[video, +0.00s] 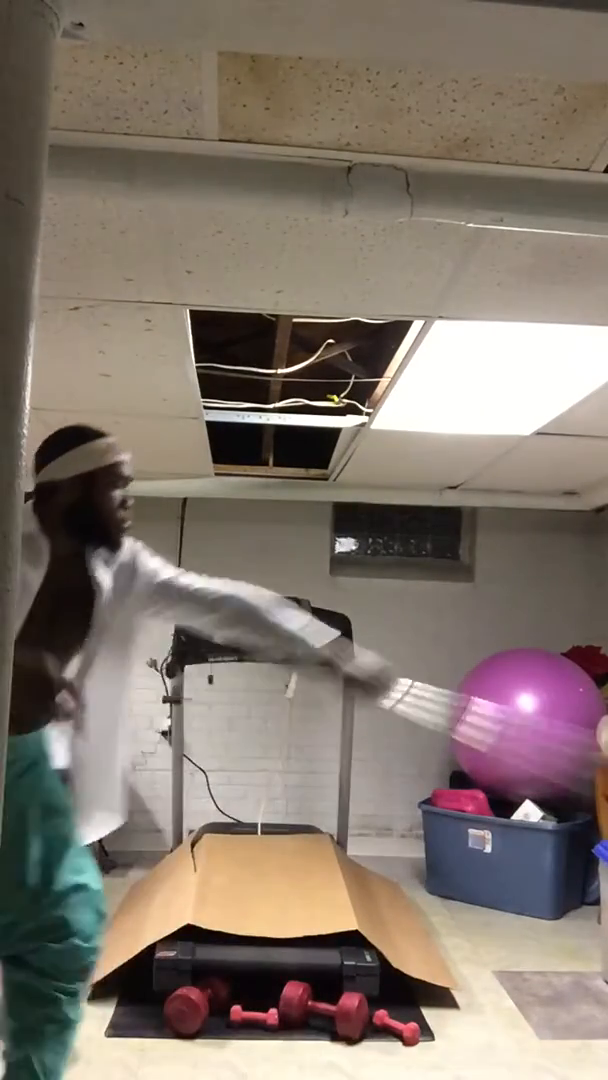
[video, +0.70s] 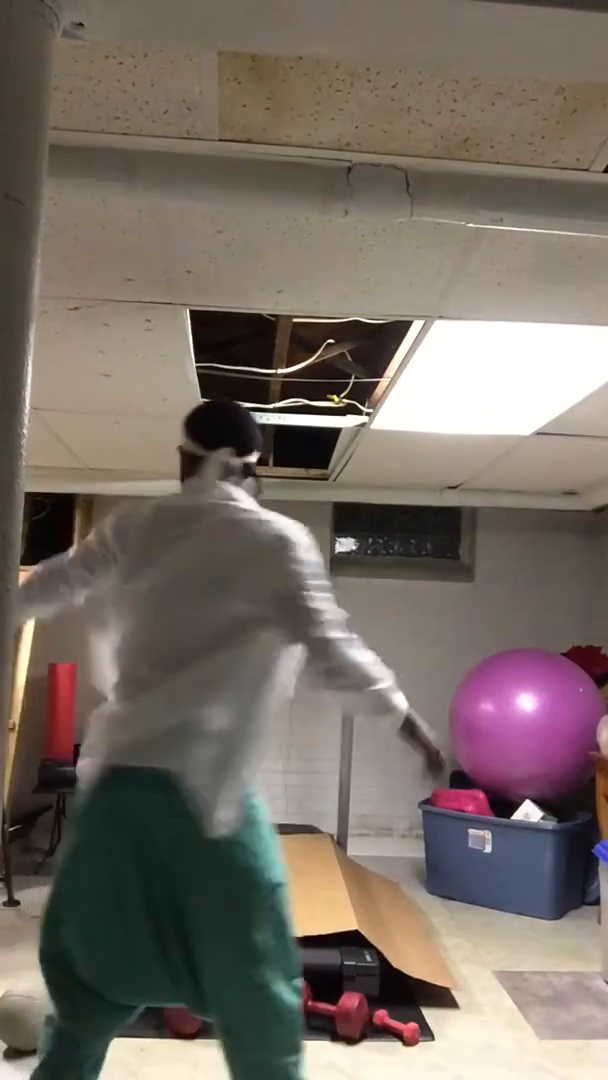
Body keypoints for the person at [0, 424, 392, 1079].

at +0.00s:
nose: (128, 498)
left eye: (128, 484)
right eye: (113, 485)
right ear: (61, 494)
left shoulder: (122, 568)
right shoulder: (15, 559)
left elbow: (225, 604)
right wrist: (21, 667)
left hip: (49, 780)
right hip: (12, 775)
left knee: (61, 935)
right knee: (46, 935)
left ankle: (32, 1067)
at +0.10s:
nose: (148, 481)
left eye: (147, 468)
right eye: (134, 469)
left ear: (137, 470)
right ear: (89, 478)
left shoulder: (156, 551)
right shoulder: (32, 539)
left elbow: (246, 574)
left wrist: (340, 607)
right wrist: (13, 639)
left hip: (86, 773)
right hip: (21, 766)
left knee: (89, 950)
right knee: (10, 941)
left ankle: (45, 1066)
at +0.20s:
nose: (172, 460)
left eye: (170, 446)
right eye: (157, 448)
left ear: (161, 454)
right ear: (112, 460)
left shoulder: (174, 538)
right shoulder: (43, 527)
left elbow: (237, 558)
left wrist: (302, 583)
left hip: (103, 746)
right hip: (26, 744)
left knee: (104, 938)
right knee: (13, 945)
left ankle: (47, 1070)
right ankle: (9, 1041)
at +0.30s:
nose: (192, 456)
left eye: (190, 442)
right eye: (179, 443)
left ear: (142, 453)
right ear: (139, 454)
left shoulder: (180, 543)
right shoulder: (71, 521)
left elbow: (238, 582)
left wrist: (239, 593)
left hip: (129, 740)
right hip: (64, 735)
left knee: (116, 946)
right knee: (61, 951)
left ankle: (49, 1071)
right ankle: (8, 1058)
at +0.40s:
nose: (213, 461)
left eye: (210, 448)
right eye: (205, 448)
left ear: (157, 455)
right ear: (173, 455)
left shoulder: (192, 544)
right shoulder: (95, 519)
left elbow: (181, 665)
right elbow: (20, 633)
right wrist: (59, 726)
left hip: (147, 743)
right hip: (93, 741)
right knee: (127, 963)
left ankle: (47, 1055)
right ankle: (45, 1064)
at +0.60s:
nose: (236, 469)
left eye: (233, 459)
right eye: (236, 459)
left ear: (168, 454)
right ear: (227, 460)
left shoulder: (138, 512)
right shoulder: (210, 526)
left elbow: (74, 564)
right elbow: (237, 652)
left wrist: (34, 588)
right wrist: (342, 739)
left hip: (88, 758)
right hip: (153, 764)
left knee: (81, 960)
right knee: (217, 963)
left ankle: (52, 1067)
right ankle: (228, 1066)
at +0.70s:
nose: (190, 470)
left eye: (186, 459)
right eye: (259, 462)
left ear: (183, 459)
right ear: (253, 465)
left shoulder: (136, 524)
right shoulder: (276, 538)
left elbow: (41, 589)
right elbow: (332, 648)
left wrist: (13, 593)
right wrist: (409, 723)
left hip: (111, 789)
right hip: (208, 792)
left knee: (84, 997)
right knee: (260, 998)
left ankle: (55, 1074)